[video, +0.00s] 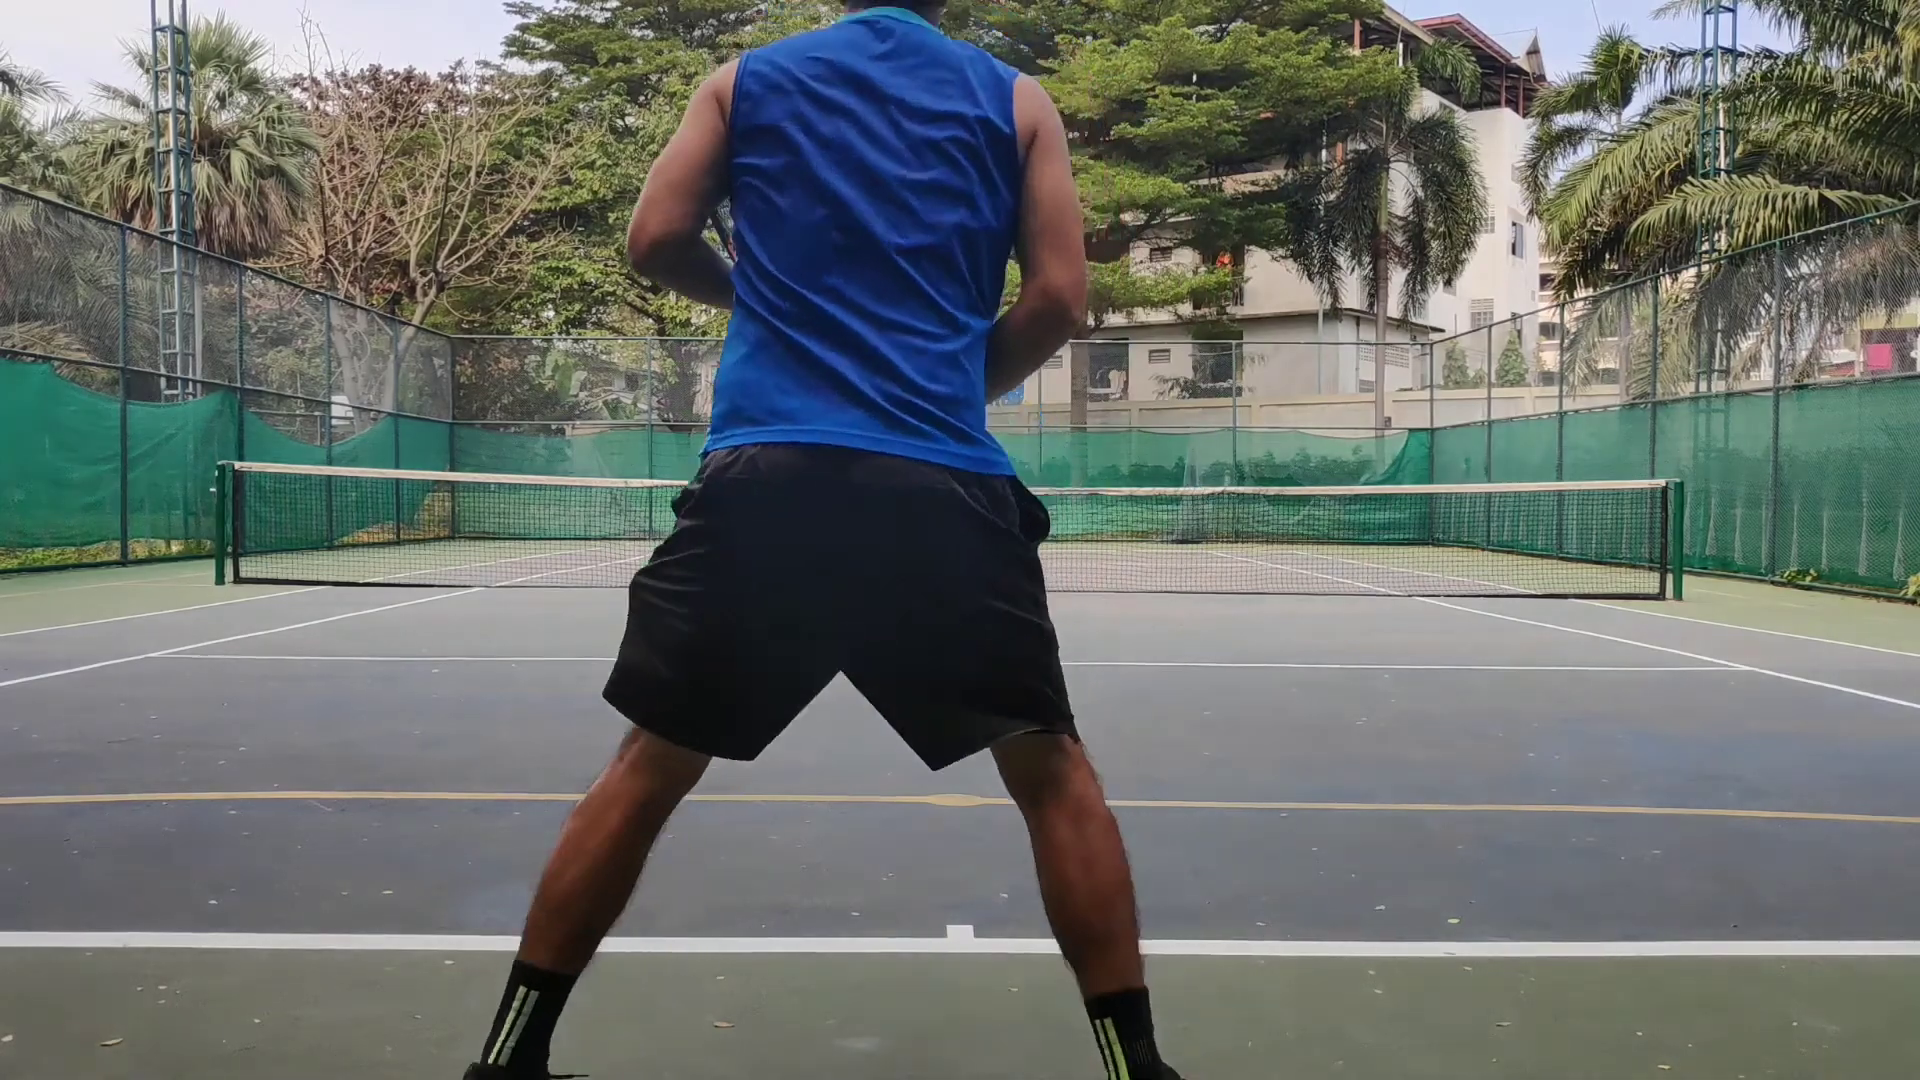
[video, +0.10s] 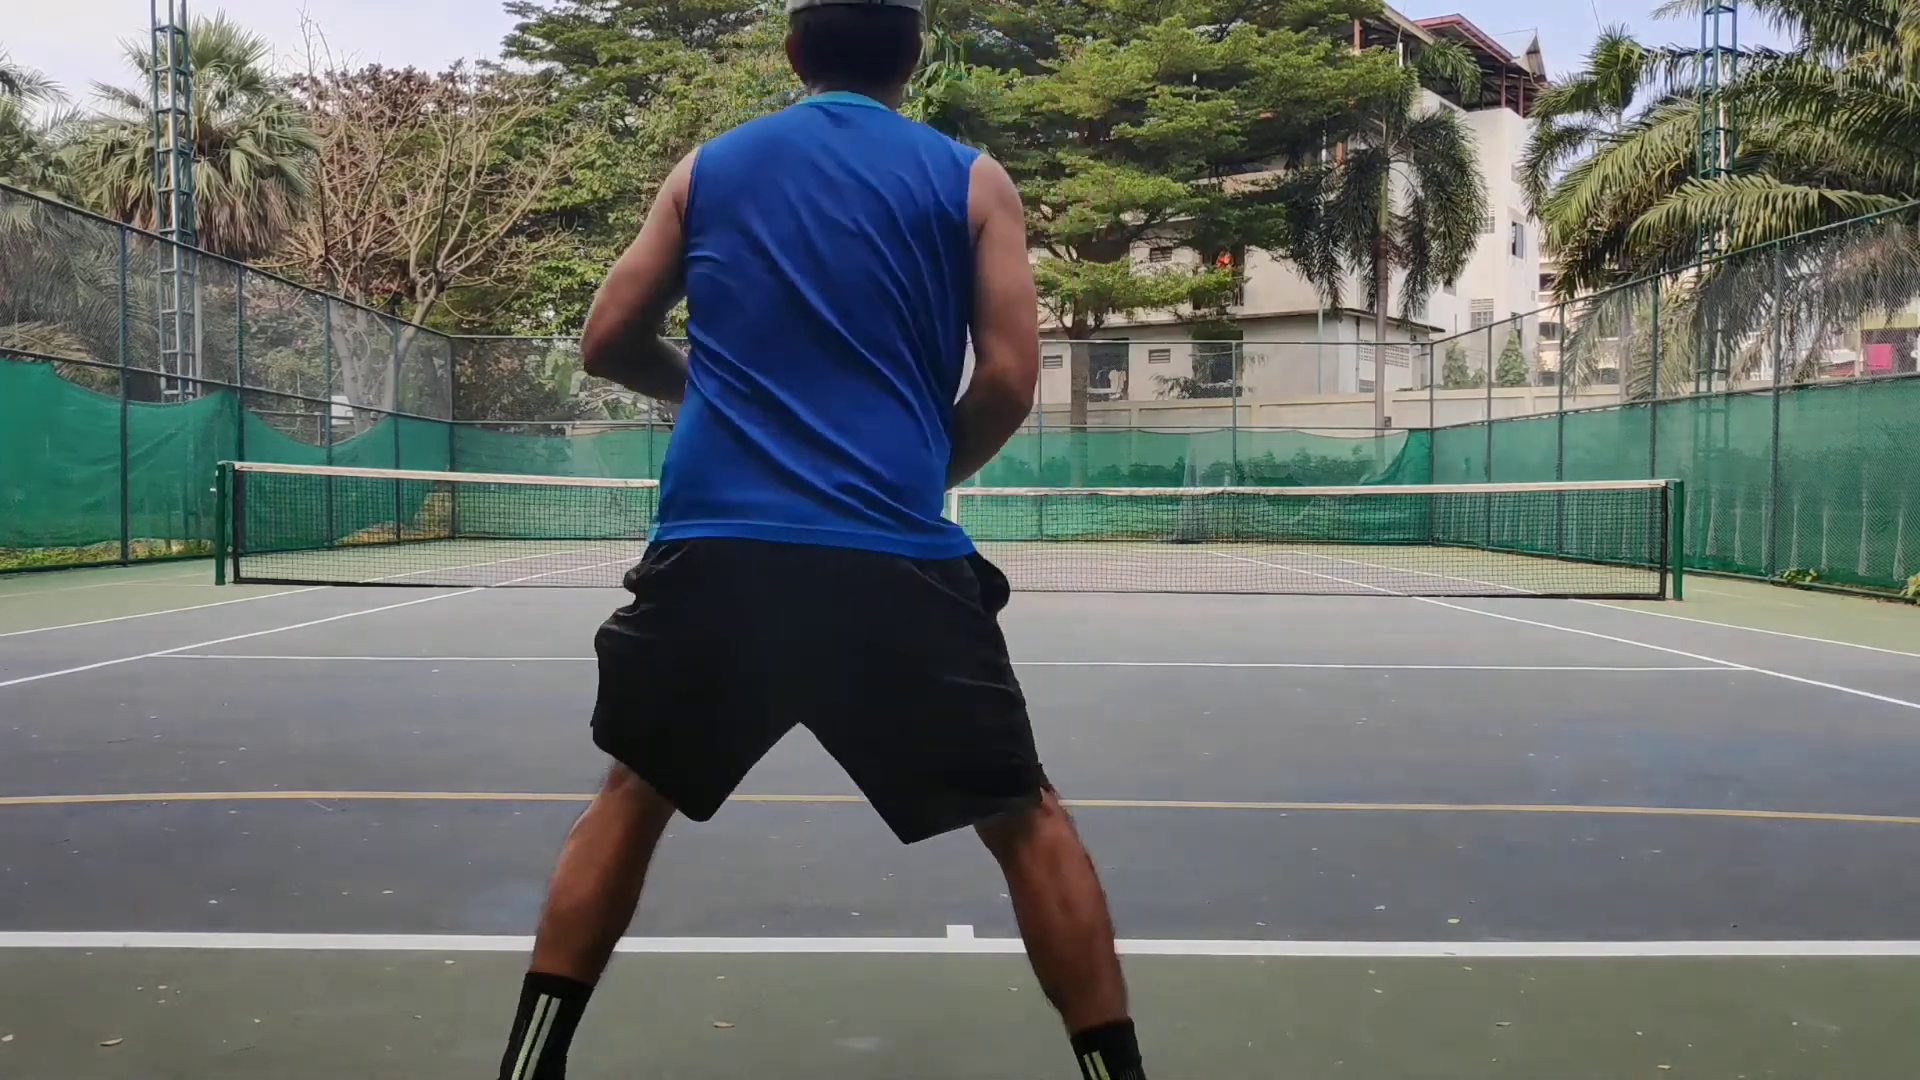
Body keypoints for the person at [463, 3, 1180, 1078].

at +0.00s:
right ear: (942, 2)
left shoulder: (748, 78)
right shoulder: (1017, 98)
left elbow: (657, 238)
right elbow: (1061, 299)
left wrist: (751, 288)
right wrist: (961, 375)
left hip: (762, 491)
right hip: (943, 500)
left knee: (644, 775)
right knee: (1055, 780)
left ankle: (510, 1050)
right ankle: (1137, 1062)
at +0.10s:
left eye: (802, 39)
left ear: (795, 57)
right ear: (908, 66)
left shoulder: (708, 165)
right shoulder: (972, 178)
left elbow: (610, 338)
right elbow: (1010, 382)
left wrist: (706, 385)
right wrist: (928, 464)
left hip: (717, 566)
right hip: (899, 582)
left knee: (630, 799)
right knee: (1028, 822)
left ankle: (529, 1061)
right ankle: (1120, 1072)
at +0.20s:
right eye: (849, 97)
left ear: (718, 80)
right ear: (836, 96)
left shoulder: (629, 184)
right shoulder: (860, 195)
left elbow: (557, 382)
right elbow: (882, 389)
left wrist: (652, 447)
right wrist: (832, 518)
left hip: (597, 576)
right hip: (775, 587)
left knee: (598, 808)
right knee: (943, 835)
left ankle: (547, 1063)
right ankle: (1098, 1066)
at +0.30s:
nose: (756, 85)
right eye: (755, 65)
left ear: (636, 53)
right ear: (747, 67)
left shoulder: (563, 149)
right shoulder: (721, 160)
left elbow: (579, 371)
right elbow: (734, 360)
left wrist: (732, 416)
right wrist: (747, 512)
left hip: (440, 527)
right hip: (596, 533)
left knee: (558, 783)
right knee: (803, 777)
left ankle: (542, 1064)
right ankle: (872, 1067)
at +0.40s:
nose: (672, 52)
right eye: (673, 37)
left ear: (551, 28)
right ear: (663, 37)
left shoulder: (498, 120)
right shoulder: (598, 125)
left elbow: (576, 354)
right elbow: (611, 332)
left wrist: (732, 389)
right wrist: (733, 467)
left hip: (295, 475)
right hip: (421, 488)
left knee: (440, 740)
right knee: (635, 760)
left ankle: (441, 1033)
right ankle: (478, 1048)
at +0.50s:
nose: (568, 63)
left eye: (566, 45)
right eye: (570, 42)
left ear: (447, 32)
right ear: (558, 44)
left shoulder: (404, 126)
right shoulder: (460, 126)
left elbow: (529, 305)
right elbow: (475, 306)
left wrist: (689, 367)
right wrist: (676, 378)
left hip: (178, 500)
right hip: (287, 523)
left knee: (316, 750)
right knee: (502, 801)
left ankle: (111, 1021)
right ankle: (370, 1070)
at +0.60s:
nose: (448, 82)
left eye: (450, 59)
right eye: (449, 56)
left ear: (331, 38)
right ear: (428, 54)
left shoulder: (364, 189)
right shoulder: (284, 126)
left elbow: (480, 316)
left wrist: (608, 346)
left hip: (104, 536)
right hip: (163, 536)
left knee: (134, 819)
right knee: (436, 788)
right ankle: (358, 1077)